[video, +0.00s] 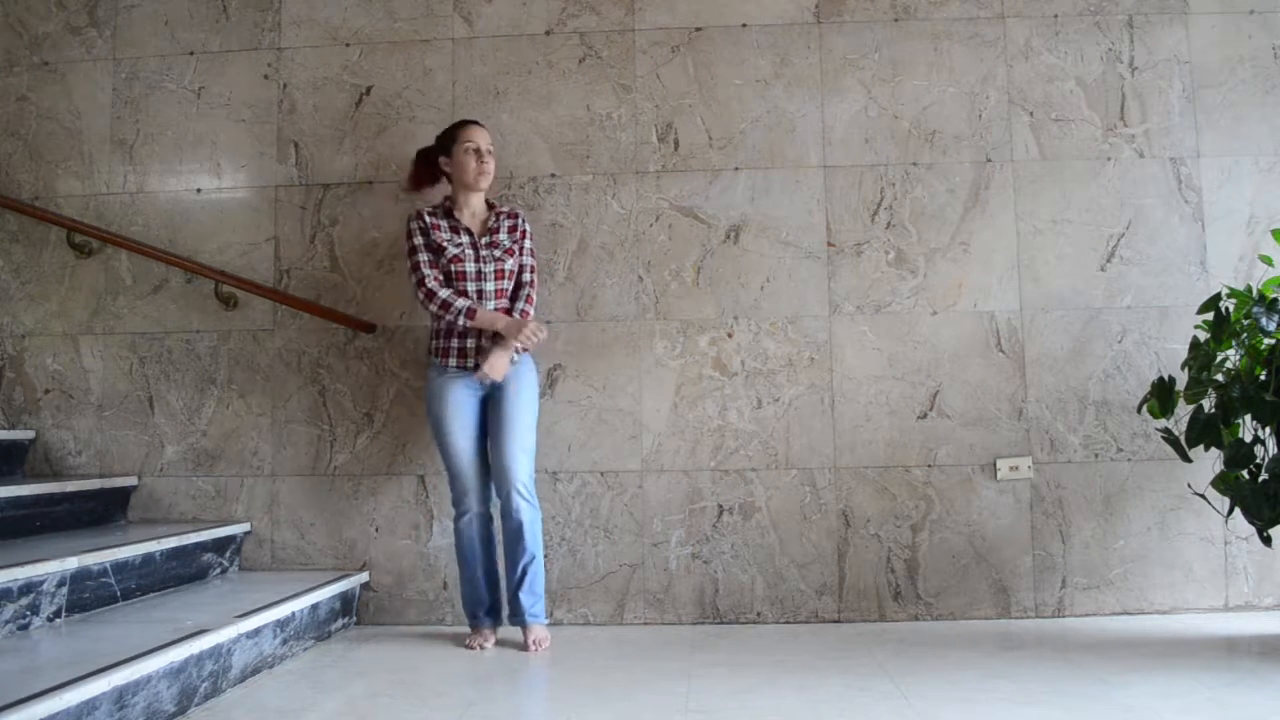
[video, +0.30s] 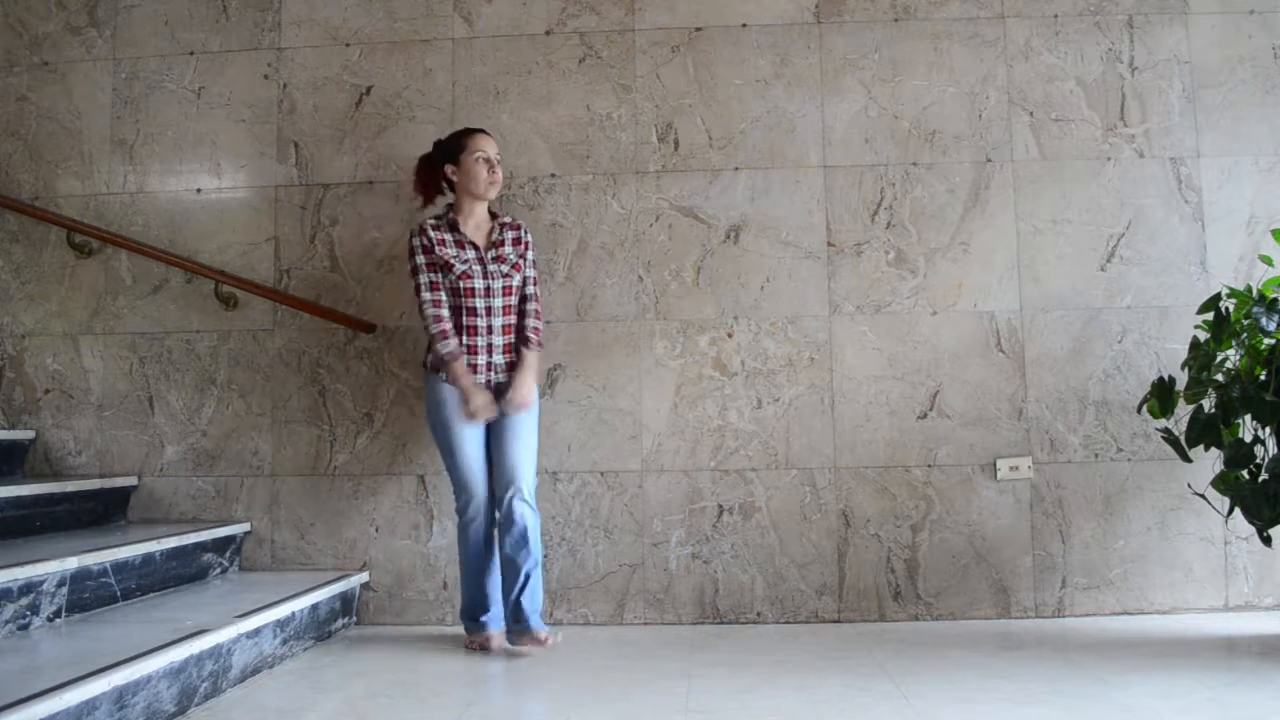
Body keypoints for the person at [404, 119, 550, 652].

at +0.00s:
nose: (484, 159)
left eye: (489, 152)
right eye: (471, 151)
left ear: (496, 165)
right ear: (446, 164)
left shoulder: (515, 223)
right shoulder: (424, 223)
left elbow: (527, 296)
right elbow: (432, 295)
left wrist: (507, 348)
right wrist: (500, 321)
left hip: (513, 366)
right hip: (454, 368)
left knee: (516, 486)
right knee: (469, 497)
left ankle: (533, 615)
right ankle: (483, 619)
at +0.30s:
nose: (496, 169)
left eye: (498, 161)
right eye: (483, 161)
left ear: (499, 174)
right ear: (452, 173)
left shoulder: (517, 235)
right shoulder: (429, 236)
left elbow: (532, 307)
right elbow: (435, 316)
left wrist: (528, 371)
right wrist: (466, 383)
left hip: (516, 381)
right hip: (457, 382)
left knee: (519, 498)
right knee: (476, 502)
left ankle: (526, 616)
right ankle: (483, 620)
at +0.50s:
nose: (507, 155)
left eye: (508, 148)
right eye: (496, 147)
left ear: (502, 160)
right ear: (461, 156)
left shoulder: (522, 221)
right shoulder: (432, 219)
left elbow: (547, 294)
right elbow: (403, 297)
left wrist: (580, 361)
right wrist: (373, 373)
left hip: (517, 369)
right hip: (455, 372)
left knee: (515, 479)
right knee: (472, 496)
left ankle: (535, 603)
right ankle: (483, 621)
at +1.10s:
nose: (539, 155)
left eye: (540, 146)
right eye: (528, 145)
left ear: (520, 154)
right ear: (493, 151)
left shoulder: (546, 224)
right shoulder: (453, 214)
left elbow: (580, 297)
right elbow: (397, 276)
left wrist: (629, 342)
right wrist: (326, 303)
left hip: (531, 374)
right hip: (467, 372)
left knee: (517, 502)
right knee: (470, 506)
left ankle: (501, 631)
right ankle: (466, 608)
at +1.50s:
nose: (544, 157)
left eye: (547, 148)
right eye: (534, 147)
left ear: (544, 153)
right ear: (498, 150)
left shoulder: (551, 214)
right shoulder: (470, 212)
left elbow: (570, 290)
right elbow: (435, 282)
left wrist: (621, 325)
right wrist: (393, 335)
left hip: (543, 370)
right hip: (484, 365)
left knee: (527, 503)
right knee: (484, 494)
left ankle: (500, 633)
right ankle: (422, 621)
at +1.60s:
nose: (546, 158)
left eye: (550, 149)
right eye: (536, 147)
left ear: (546, 155)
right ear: (500, 148)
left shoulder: (548, 218)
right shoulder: (474, 215)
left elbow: (560, 294)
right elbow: (471, 302)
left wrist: (577, 352)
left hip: (547, 368)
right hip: (493, 365)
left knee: (535, 501)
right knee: (502, 491)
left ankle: (501, 632)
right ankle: (427, 615)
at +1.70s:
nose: (554, 162)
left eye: (559, 153)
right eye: (545, 149)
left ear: (555, 160)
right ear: (509, 149)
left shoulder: (545, 224)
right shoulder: (482, 216)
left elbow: (557, 305)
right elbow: (503, 302)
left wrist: (572, 366)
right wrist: (556, 367)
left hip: (550, 374)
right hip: (499, 369)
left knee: (543, 500)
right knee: (536, 489)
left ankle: (502, 628)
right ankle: (460, 613)